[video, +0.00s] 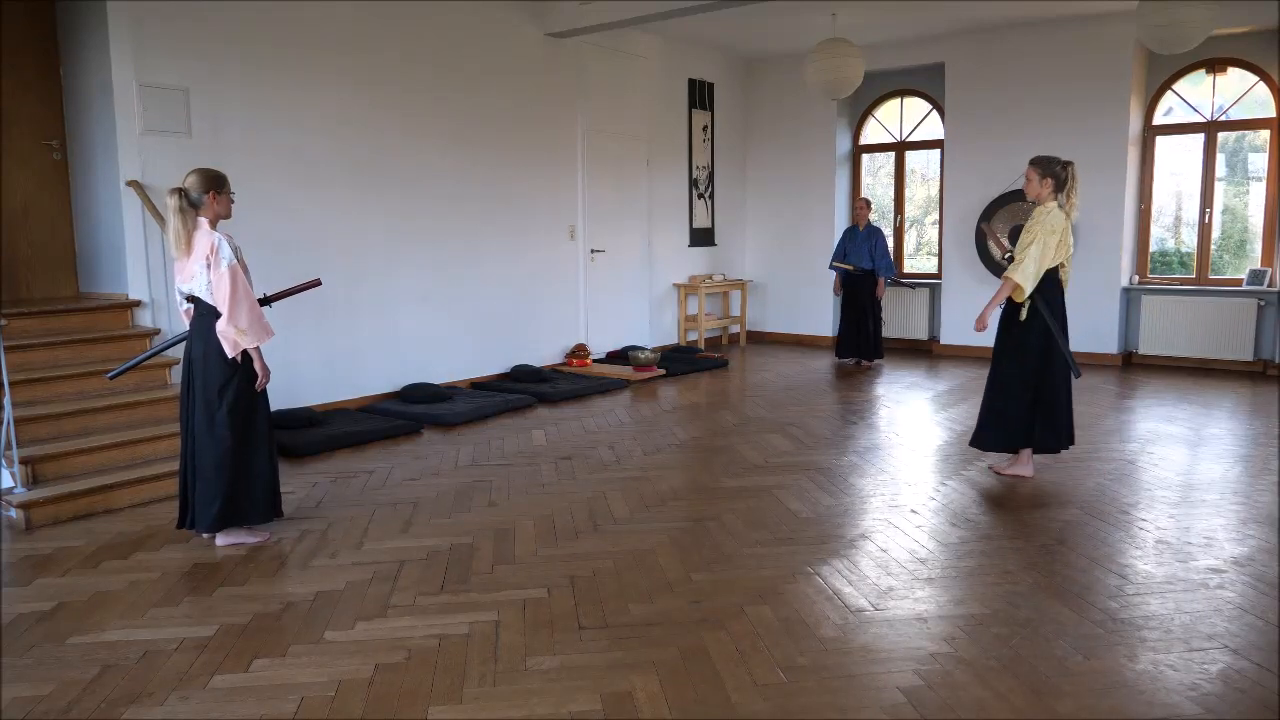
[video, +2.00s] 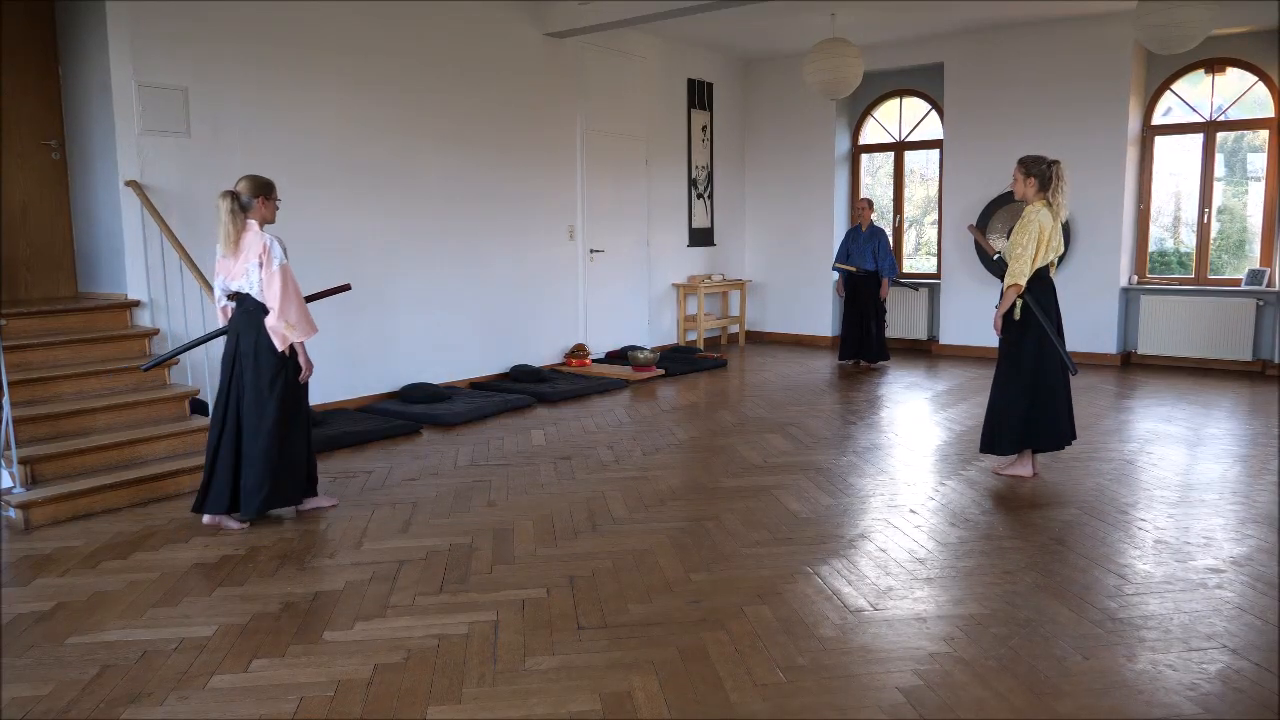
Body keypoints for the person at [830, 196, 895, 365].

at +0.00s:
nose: (858, 211)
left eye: (861, 208)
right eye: (856, 208)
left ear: (869, 211)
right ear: (853, 211)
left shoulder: (876, 232)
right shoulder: (848, 232)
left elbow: (882, 259)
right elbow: (840, 257)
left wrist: (881, 283)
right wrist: (838, 278)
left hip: (869, 277)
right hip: (850, 277)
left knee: (868, 317)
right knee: (851, 315)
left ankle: (868, 356)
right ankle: (855, 354)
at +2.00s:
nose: (859, 212)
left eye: (863, 209)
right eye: (857, 209)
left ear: (871, 211)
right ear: (854, 211)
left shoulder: (878, 233)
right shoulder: (851, 233)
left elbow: (886, 260)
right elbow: (842, 257)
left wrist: (885, 284)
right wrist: (840, 279)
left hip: (871, 279)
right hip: (853, 279)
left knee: (871, 318)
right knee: (853, 317)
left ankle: (871, 357)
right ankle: (855, 356)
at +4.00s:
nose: (810, 215)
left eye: (814, 212)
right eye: (808, 212)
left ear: (822, 213)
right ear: (806, 214)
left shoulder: (832, 236)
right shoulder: (802, 235)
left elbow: (840, 263)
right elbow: (793, 261)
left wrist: (841, 289)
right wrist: (791, 284)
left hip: (825, 283)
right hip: (805, 283)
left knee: (824, 324)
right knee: (805, 323)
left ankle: (823, 363)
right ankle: (805, 362)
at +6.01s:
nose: (717, 189)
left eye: (721, 184)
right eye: (714, 185)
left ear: (733, 187)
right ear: (711, 188)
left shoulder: (746, 216)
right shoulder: (703, 212)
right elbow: (676, 192)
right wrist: (668, 167)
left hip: (741, 285)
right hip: (712, 284)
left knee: (736, 343)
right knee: (706, 341)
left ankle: (734, 399)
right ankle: (701, 395)